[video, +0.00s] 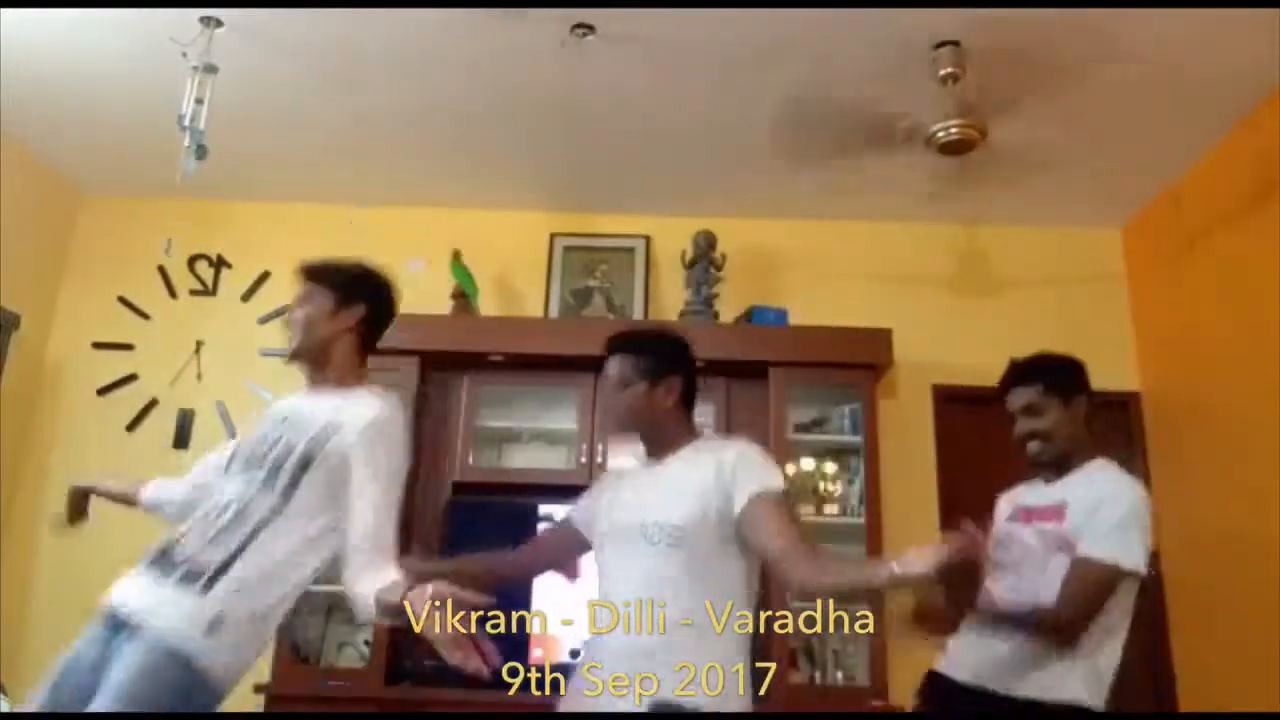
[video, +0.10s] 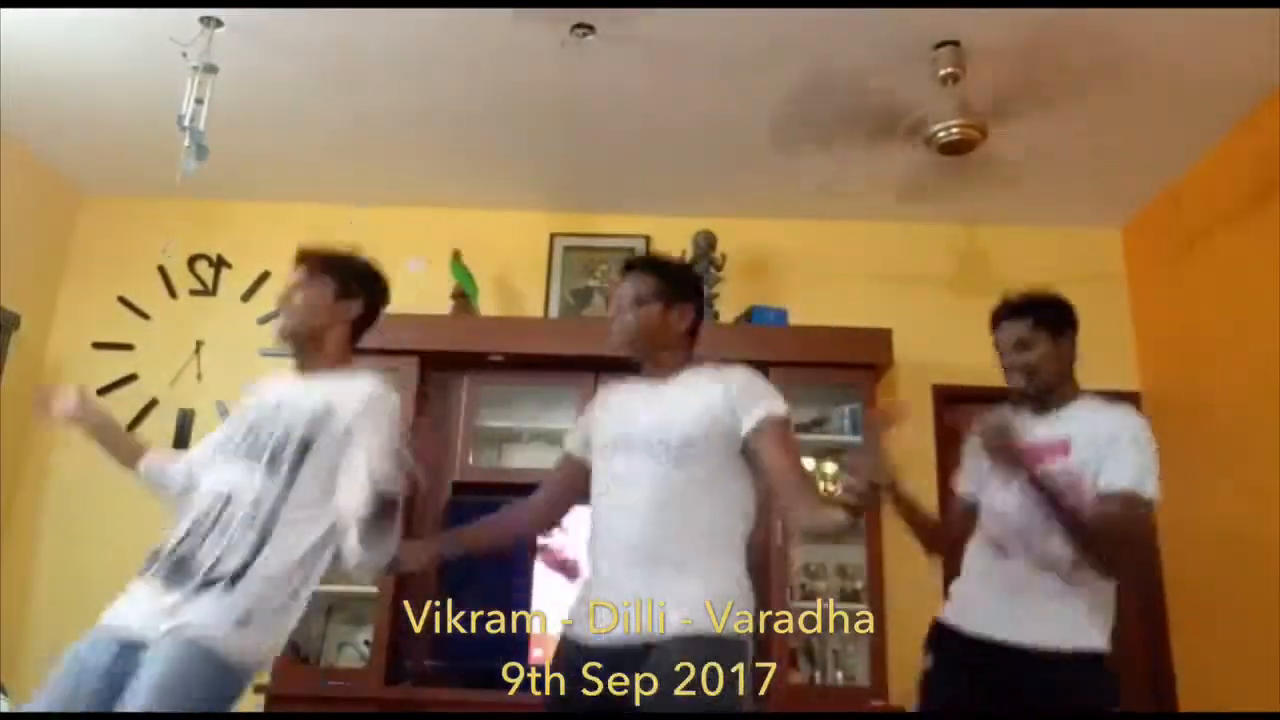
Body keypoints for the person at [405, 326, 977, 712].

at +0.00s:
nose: (604, 400)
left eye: (619, 387)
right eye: (605, 386)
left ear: (671, 393)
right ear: (647, 395)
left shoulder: (734, 462)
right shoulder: (611, 487)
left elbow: (801, 570)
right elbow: (526, 561)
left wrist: (908, 567)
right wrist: (434, 570)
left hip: (698, 695)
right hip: (600, 694)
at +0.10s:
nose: (616, 317)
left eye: (633, 304)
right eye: (616, 305)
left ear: (683, 317)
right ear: (616, 316)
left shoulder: (734, 387)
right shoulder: (605, 405)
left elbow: (798, 505)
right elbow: (538, 511)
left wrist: (846, 505)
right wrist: (438, 548)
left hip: (700, 638)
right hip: (599, 637)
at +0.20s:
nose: (630, 286)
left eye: (650, 278)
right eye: (629, 277)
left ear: (692, 302)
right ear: (623, 297)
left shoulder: (740, 375)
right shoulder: (607, 383)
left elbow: (794, 493)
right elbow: (568, 494)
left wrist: (794, 485)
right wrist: (477, 556)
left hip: (709, 611)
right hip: (605, 608)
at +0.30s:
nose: (653, 309)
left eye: (670, 300)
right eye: (648, 300)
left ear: (706, 325)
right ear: (637, 315)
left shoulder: (746, 403)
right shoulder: (609, 407)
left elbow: (801, 537)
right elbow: (581, 521)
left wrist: (783, 449)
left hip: (707, 645)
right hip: (601, 640)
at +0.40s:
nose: (668, 354)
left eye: (684, 341)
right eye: (660, 341)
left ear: (714, 364)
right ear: (646, 353)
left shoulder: (745, 440)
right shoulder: (610, 442)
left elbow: (810, 565)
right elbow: (568, 570)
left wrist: (786, 434)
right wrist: (575, 595)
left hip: (711, 684)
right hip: (604, 680)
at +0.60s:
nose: (700, 361)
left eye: (717, 356)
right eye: (690, 350)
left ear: (734, 376)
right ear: (672, 363)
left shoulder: (761, 445)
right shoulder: (632, 437)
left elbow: (856, 441)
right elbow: (578, 541)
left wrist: (793, 360)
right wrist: (691, 509)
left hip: (738, 679)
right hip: (632, 679)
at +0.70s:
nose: (709, 356)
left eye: (726, 349)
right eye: (700, 344)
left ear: (742, 369)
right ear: (681, 357)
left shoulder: (770, 428)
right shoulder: (638, 421)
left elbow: (868, 375)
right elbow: (592, 482)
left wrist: (781, 343)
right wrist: (712, 453)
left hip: (755, 660)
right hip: (644, 659)